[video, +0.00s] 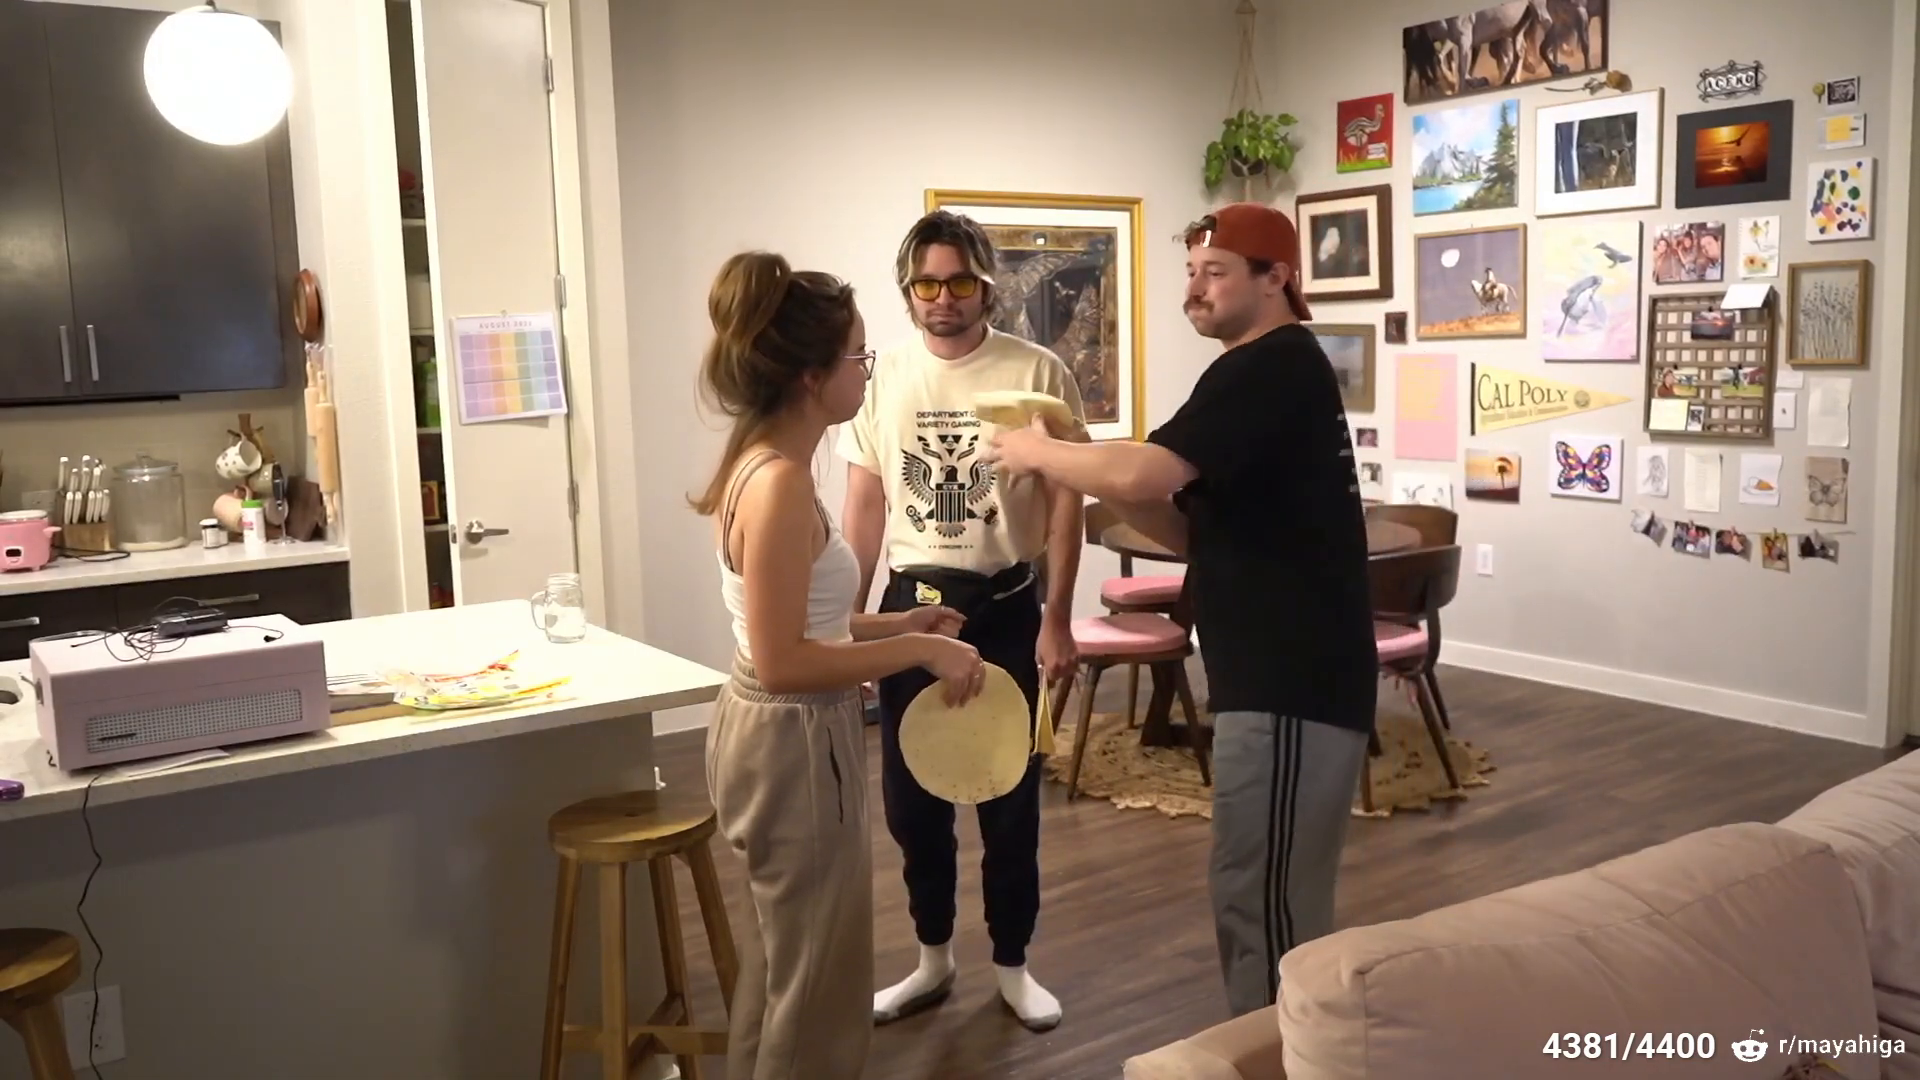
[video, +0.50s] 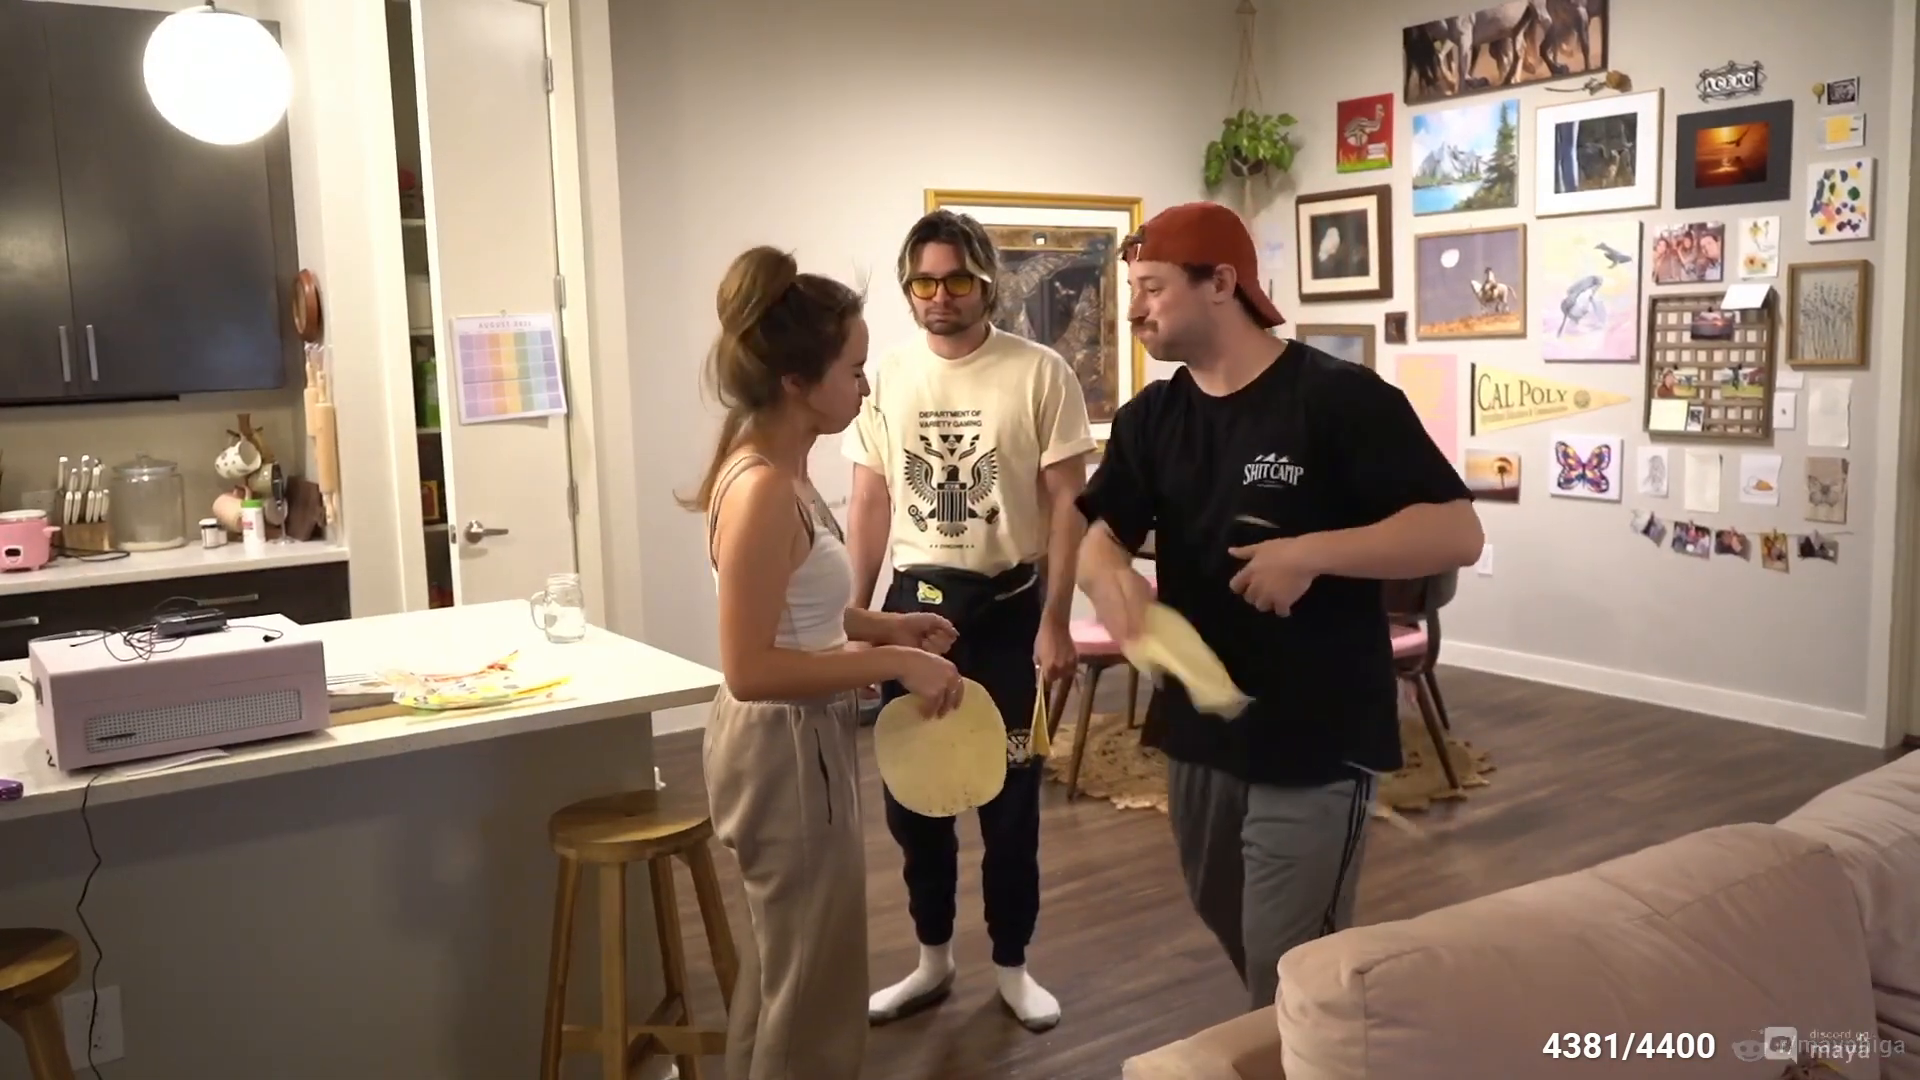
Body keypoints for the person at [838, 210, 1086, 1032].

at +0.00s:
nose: (944, 298)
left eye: (959, 283)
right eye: (927, 284)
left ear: (987, 286)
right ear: (908, 292)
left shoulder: (1037, 371)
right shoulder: (888, 377)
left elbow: (1068, 502)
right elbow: (866, 502)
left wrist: (1056, 617)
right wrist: (852, 618)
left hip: (1007, 602)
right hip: (909, 605)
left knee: (1010, 790)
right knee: (912, 795)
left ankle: (1012, 968)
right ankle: (932, 960)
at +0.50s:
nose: (939, 297)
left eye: (956, 281)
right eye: (924, 283)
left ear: (988, 284)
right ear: (907, 290)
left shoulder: (1039, 370)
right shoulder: (891, 373)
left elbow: (1067, 501)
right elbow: (870, 498)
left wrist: (1057, 620)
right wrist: (857, 612)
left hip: (1006, 601)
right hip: (911, 602)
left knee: (1010, 792)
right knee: (913, 789)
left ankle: (1012, 966)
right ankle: (932, 959)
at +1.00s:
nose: (943, 296)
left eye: (961, 280)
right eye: (928, 281)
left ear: (993, 285)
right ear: (910, 288)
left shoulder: (1045, 373)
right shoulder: (887, 378)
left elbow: (1073, 514)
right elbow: (874, 505)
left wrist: (1059, 623)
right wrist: (857, 617)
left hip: (1012, 612)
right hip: (910, 609)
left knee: (1011, 803)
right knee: (917, 802)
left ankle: (1012, 966)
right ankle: (934, 959)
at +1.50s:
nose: (943, 302)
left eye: (962, 285)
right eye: (932, 285)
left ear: (997, 287)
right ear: (914, 284)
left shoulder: (1048, 374)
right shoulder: (898, 370)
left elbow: (1082, 495)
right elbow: (867, 503)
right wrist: (857, 625)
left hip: (1010, 612)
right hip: (915, 603)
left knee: (1013, 805)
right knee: (920, 805)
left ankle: (1012, 964)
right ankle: (935, 956)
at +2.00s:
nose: (942, 305)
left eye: (961, 290)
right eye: (930, 289)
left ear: (998, 293)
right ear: (915, 293)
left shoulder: (1054, 376)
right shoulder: (894, 377)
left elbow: (1080, 504)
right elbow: (879, 495)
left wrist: (1069, 628)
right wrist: (864, 605)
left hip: (1016, 608)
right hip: (921, 606)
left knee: (1016, 792)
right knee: (915, 781)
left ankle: (1012, 964)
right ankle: (913, 965)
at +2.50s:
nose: (935, 304)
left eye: (952, 288)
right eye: (921, 289)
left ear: (992, 291)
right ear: (907, 294)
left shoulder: (1052, 376)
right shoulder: (891, 381)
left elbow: (1079, 505)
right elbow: (879, 503)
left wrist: (1066, 630)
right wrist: (864, 617)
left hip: (1016, 610)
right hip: (921, 610)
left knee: (1015, 800)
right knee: (926, 797)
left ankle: (1014, 964)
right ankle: (931, 954)